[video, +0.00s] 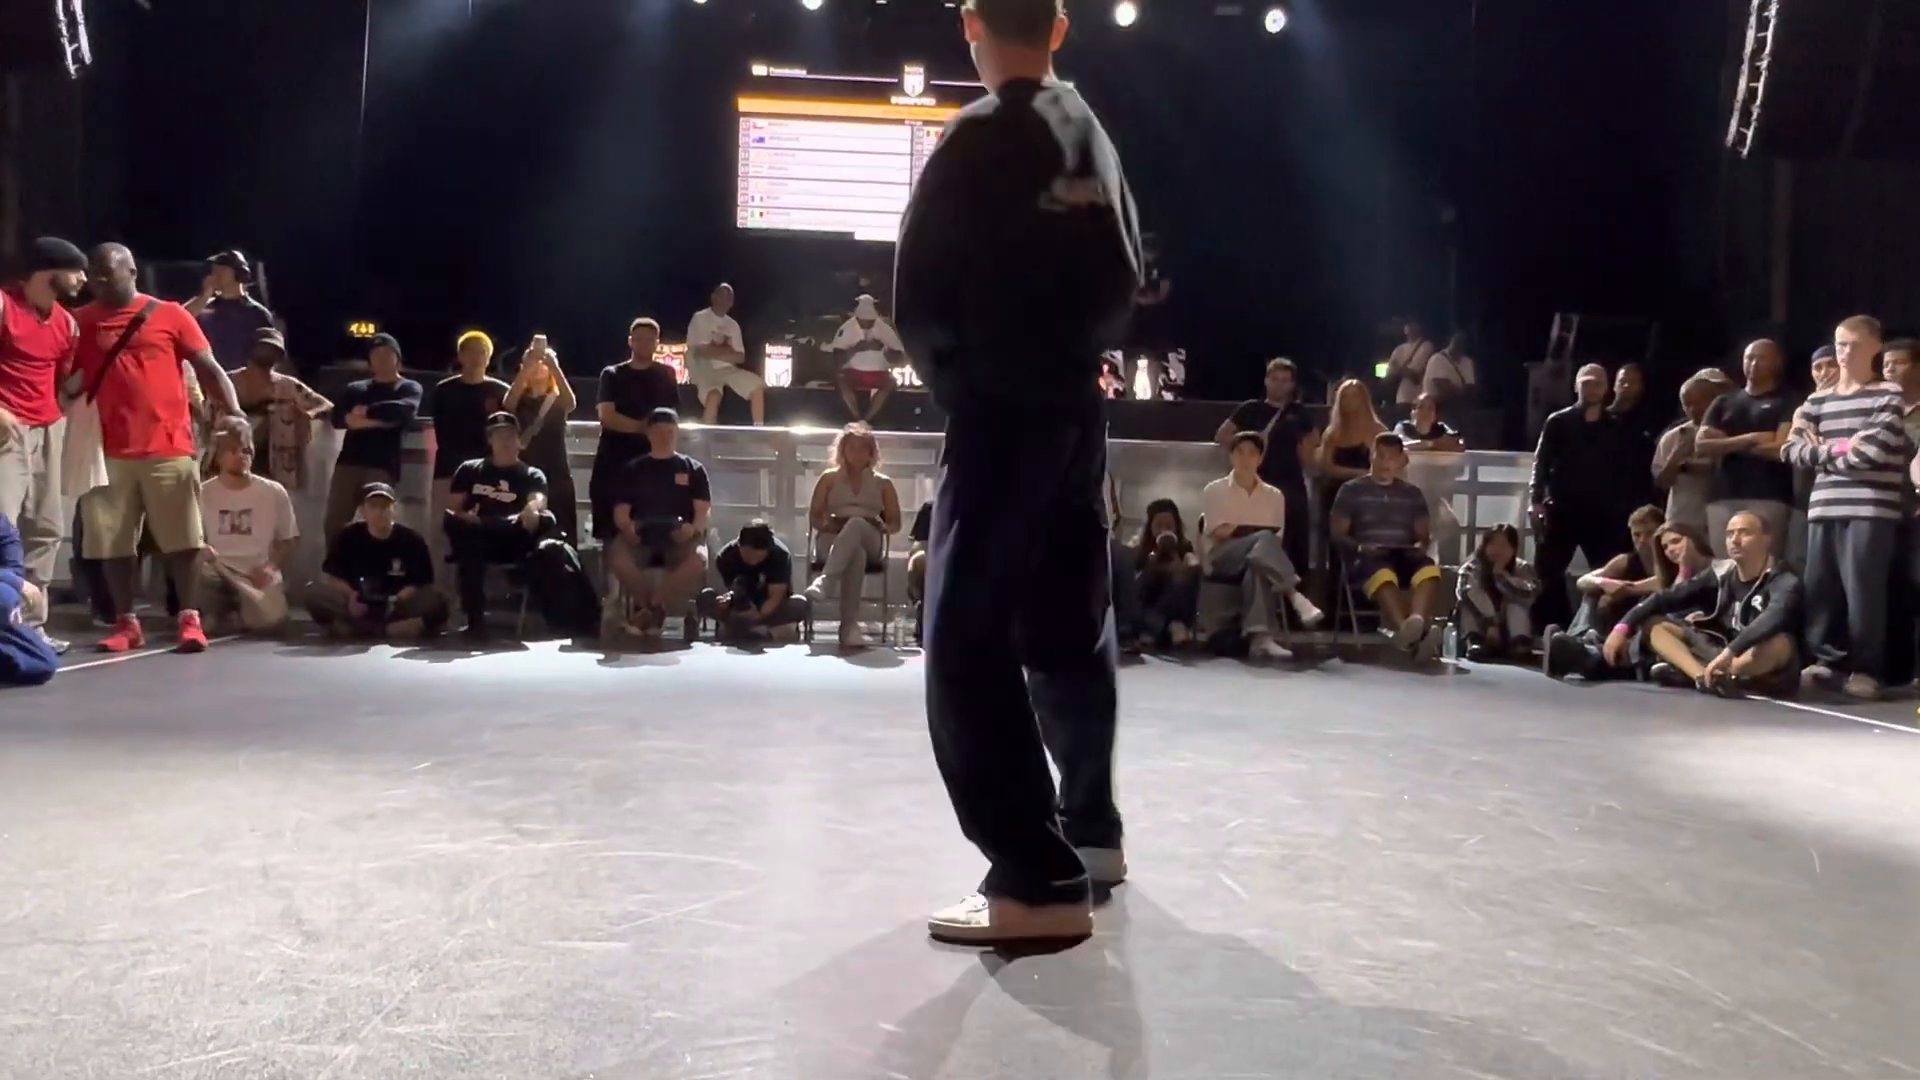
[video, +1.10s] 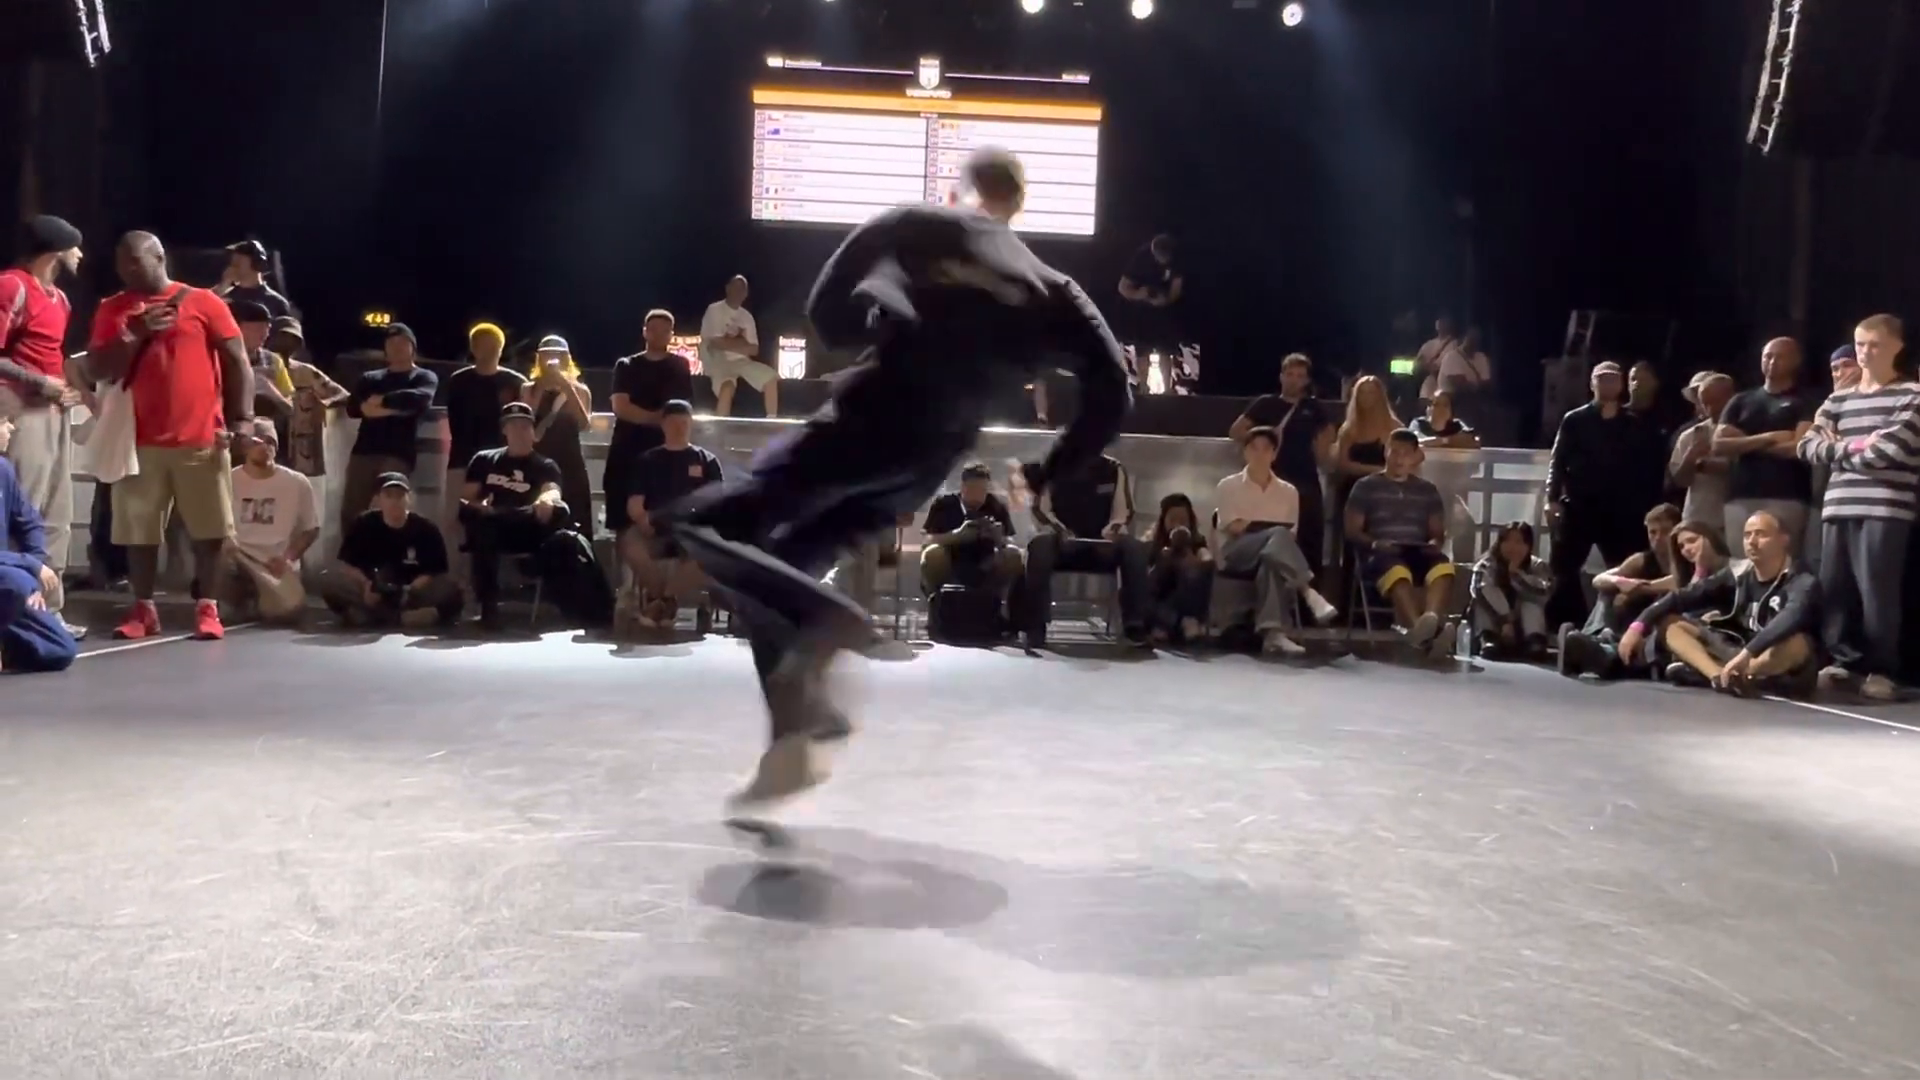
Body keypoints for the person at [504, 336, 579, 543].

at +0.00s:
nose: (539, 369)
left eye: (544, 364)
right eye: (533, 364)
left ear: (552, 370)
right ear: (523, 369)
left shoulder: (558, 398)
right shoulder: (517, 399)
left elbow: (570, 403)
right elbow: (508, 406)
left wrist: (554, 367)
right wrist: (526, 366)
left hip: (555, 468)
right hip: (524, 469)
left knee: (563, 530)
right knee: (525, 529)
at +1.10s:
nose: (552, 361)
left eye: (558, 356)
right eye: (546, 355)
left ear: (567, 359)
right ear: (538, 359)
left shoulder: (579, 391)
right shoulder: (529, 389)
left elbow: (584, 423)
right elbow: (525, 425)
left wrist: (566, 386)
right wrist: (541, 390)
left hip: (570, 463)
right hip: (539, 462)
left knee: (577, 523)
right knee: (540, 522)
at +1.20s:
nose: (553, 358)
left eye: (559, 353)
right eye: (548, 353)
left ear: (567, 357)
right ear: (541, 357)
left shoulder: (581, 389)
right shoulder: (530, 388)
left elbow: (587, 427)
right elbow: (528, 428)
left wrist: (570, 396)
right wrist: (547, 401)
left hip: (571, 459)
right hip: (541, 458)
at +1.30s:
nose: (556, 358)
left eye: (561, 353)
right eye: (551, 353)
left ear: (570, 357)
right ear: (543, 357)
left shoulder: (583, 388)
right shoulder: (533, 387)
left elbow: (588, 429)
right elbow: (536, 432)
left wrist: (570, 400)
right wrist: (557, 406)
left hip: (573, 457)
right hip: (543, 457)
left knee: (580, 517)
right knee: (544, 518)